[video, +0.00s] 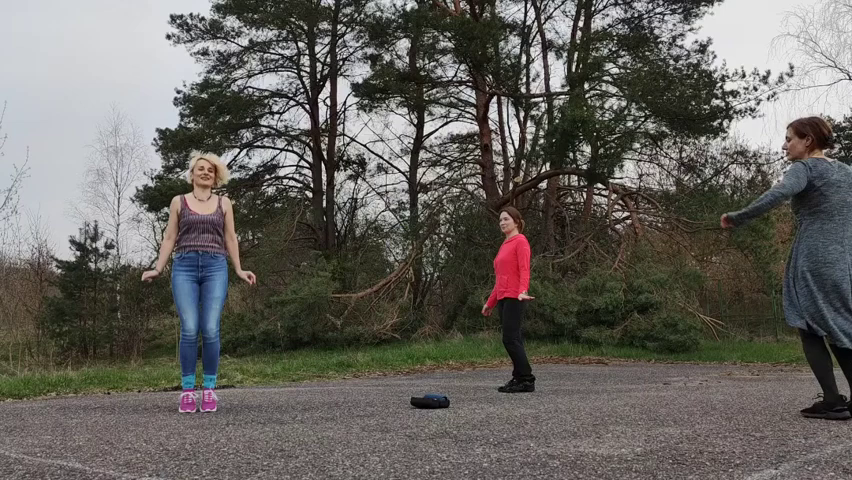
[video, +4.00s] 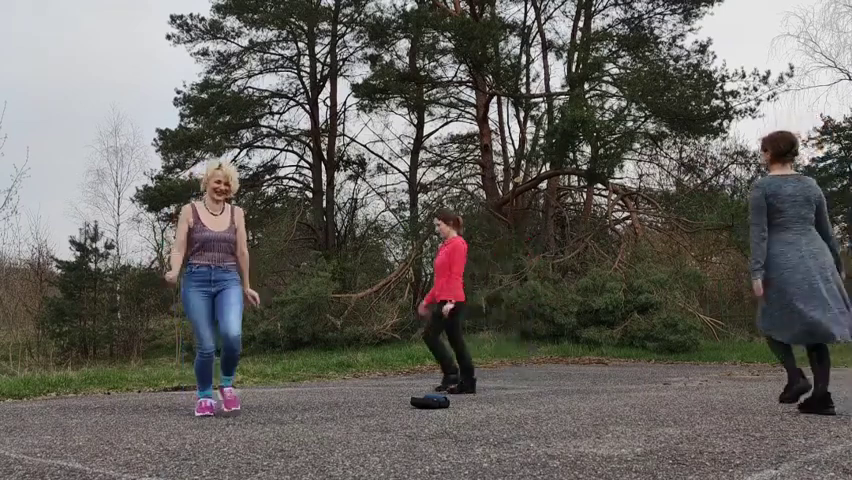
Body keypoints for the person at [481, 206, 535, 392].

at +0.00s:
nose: (502, 222)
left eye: (506, 219)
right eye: (501, 220)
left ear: (516, 221)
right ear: (500, 224)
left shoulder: (521, 240)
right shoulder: (506, 244)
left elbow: (524, 267)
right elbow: (501, 279)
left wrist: (523, 289)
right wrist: (490, 302)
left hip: (514, 296)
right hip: (504, 297)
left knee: (511, 339)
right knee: (511, 339)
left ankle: (526, 379)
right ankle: (518, 378)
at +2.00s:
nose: (502, 232)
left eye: (503, 227)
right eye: (499, 229)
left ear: (514, 224)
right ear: (503, 228)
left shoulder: (524, 241)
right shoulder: (511, 244)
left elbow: (526, 267)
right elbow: (508, 273)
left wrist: (523, 290)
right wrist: (503, 299)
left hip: (518, 297)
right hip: (508, 298)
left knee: (514, 337)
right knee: (511, 337)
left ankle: (525, 379)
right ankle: (520, 377)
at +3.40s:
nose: (487, 232)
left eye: (489, 227)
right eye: (485, 229)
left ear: (500, 225)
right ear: (489, 229)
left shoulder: (511, 245)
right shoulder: (495, 246)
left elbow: (516, 271)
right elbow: (498, 272)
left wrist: (509, 292)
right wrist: (492, 292)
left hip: (511, 300)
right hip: (496, 301)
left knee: (511, 340)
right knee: (487, 338)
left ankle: (527, 380)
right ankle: (506, 377)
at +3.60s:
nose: (473, 230)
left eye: (475, 225)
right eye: (472, 227)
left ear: (486, 222)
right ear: (480, 225)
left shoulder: (495, 240)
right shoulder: (488, 242)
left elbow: (480, 263)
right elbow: (501, 272)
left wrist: (456, 266)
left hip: (497, 298)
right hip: (485, 298)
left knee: (507, 336)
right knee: (472, 334)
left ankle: (525, 377)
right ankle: (467, 378)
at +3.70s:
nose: (465, 230)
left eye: (467, 226)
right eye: (464, 227)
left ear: (478, 223)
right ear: (475, 225)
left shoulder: (485, 241)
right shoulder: (482, 241)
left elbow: (468, 260)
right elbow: (495, 269)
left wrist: (442, 266)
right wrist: (502, 294)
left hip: (487, 298)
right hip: (475, 299)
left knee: (497, 336)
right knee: (466, 336)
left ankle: (521, 375)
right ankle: (467, 380)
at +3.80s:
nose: (456, 230)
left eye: (458, 226)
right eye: (455, 227)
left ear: (469, 224)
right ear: (468, 226)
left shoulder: (475, 244)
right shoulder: (475, 244)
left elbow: (457, 267)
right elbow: (484, 275)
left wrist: (434, 276)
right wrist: (487, 300)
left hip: (472, 300)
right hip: (466, 300)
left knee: (474, 340)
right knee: (463, 341)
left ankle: (509, 369)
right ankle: (468, 382)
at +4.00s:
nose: (437, 229)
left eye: (439, 225)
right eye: (436, 225)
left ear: (449, 224)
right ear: (446, 226)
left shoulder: (458, 244)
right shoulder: (445, 246)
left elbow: (456, 275)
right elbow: (440, 279)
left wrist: (450, 299)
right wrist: (427, 300)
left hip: (452, 300)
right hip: (443, 299)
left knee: (430, 335)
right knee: (456, 340)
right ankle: (467, 382)